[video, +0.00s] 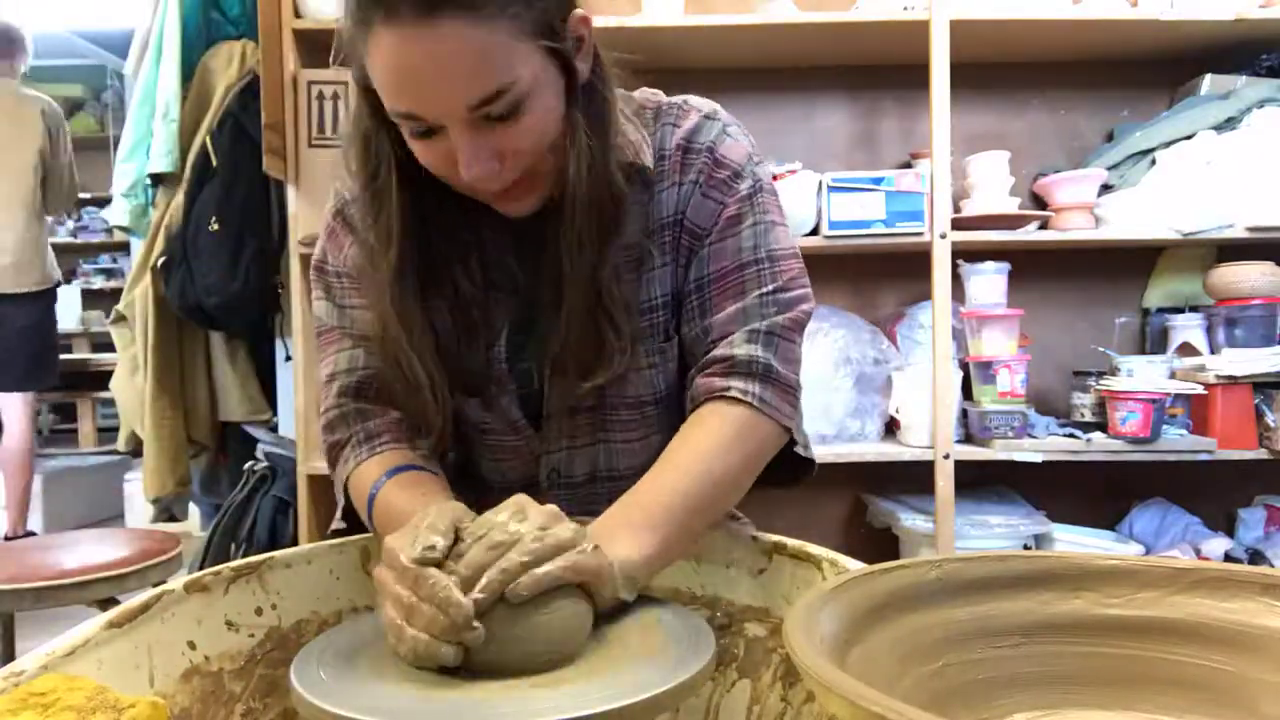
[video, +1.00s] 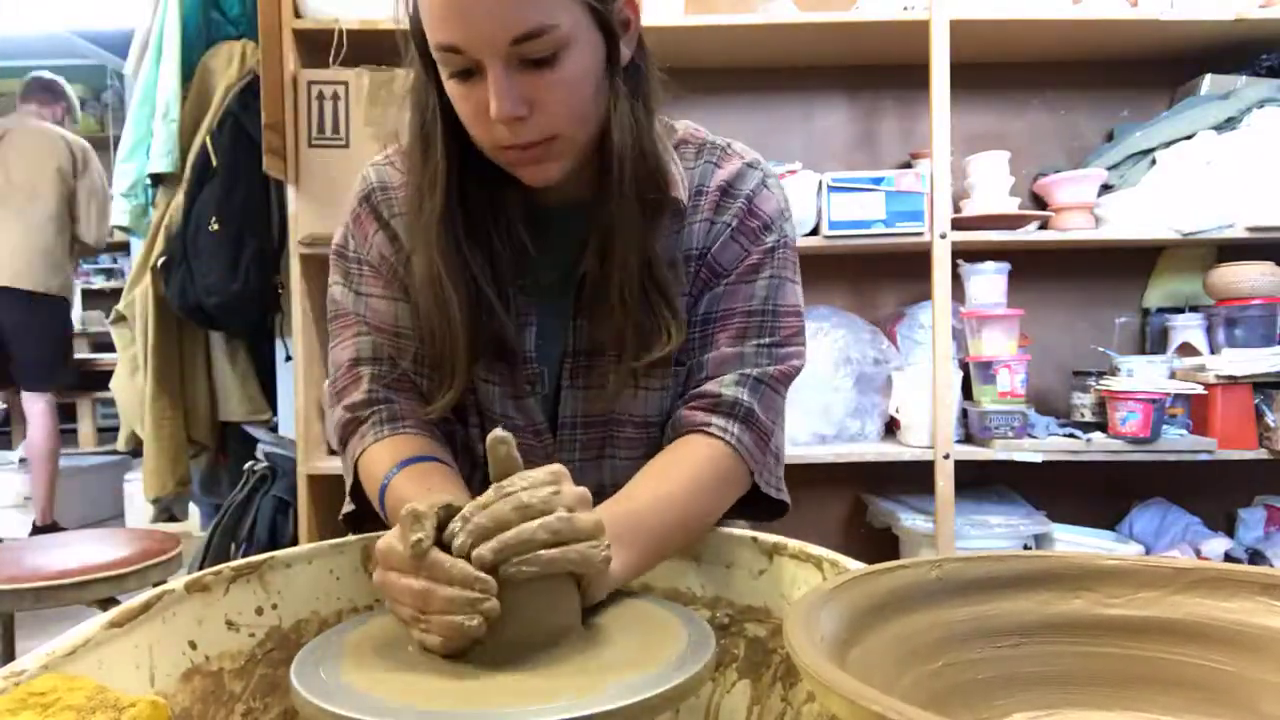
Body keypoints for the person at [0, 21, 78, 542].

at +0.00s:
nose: (19, 67)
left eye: (13, 58)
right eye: (21, 58)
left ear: (2, 58)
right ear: (20, 58)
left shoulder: (41, 113)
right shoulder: (41, 111)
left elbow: (59, 201)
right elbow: (62, 201)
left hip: (21, 280)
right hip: (22, 278)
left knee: (18, 408)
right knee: (17, 409)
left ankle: (14, 528)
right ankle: (14, 530)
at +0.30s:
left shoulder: (16, 116)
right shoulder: (14, 115)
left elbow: (44, 197)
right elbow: (44, 197)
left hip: (14, 282)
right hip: (12, 281)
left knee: (16, 405)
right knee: (14, 404)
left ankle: (13, 526)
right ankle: (13, 528)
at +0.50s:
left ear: (36, 171)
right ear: (73, 180)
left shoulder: (9, 179)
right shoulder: (77, 194)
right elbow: (85, 275)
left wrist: (69, 321)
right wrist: (72, 325)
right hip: (21, 279)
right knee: (30, 407)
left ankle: (41, 517)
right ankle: (41, 519)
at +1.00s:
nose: (65, 122)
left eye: (66, 116)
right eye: (66, 115)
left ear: (21, 103)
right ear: (56, 107)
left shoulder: (3, 133)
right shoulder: (71, 147)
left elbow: (92, 234)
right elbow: (94, 235)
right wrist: (66, 250)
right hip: (34, 287)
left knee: (21, 400)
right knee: (38, 403)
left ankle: (42, 514)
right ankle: (43, 519)